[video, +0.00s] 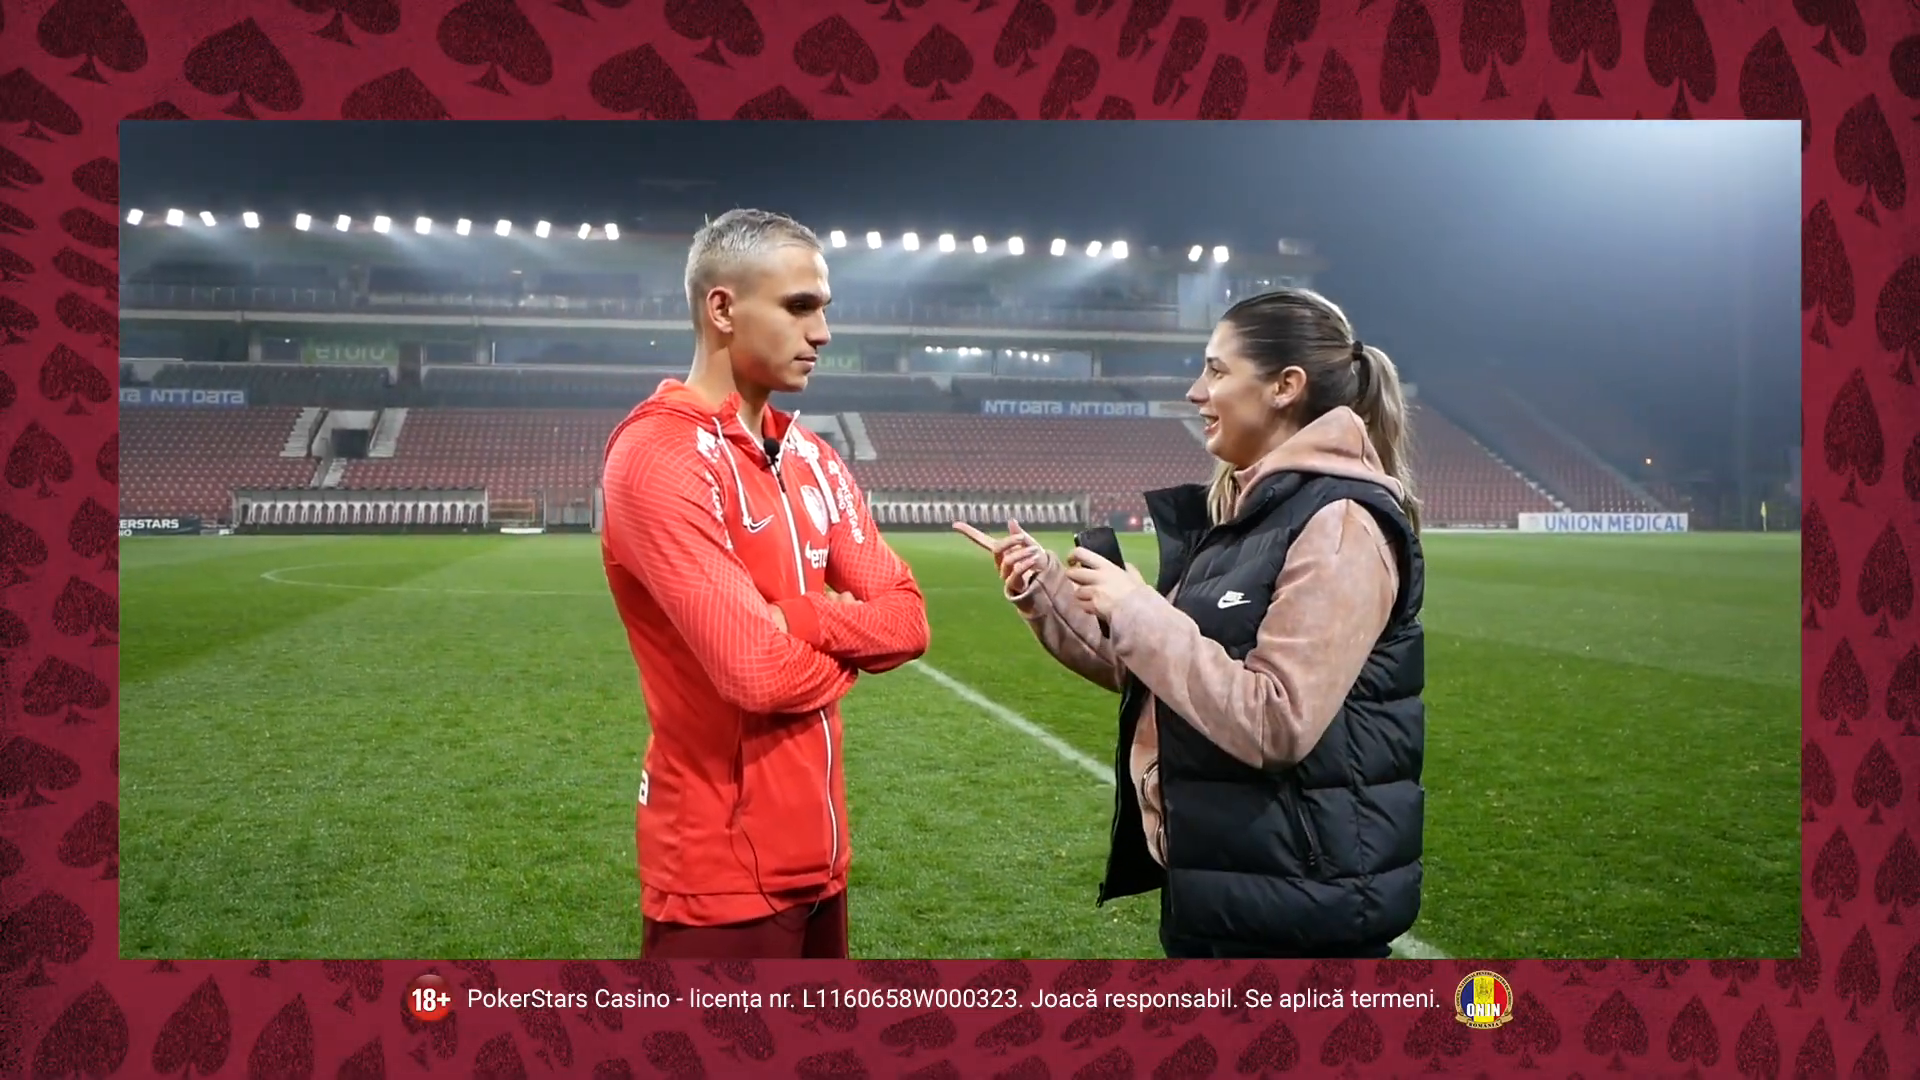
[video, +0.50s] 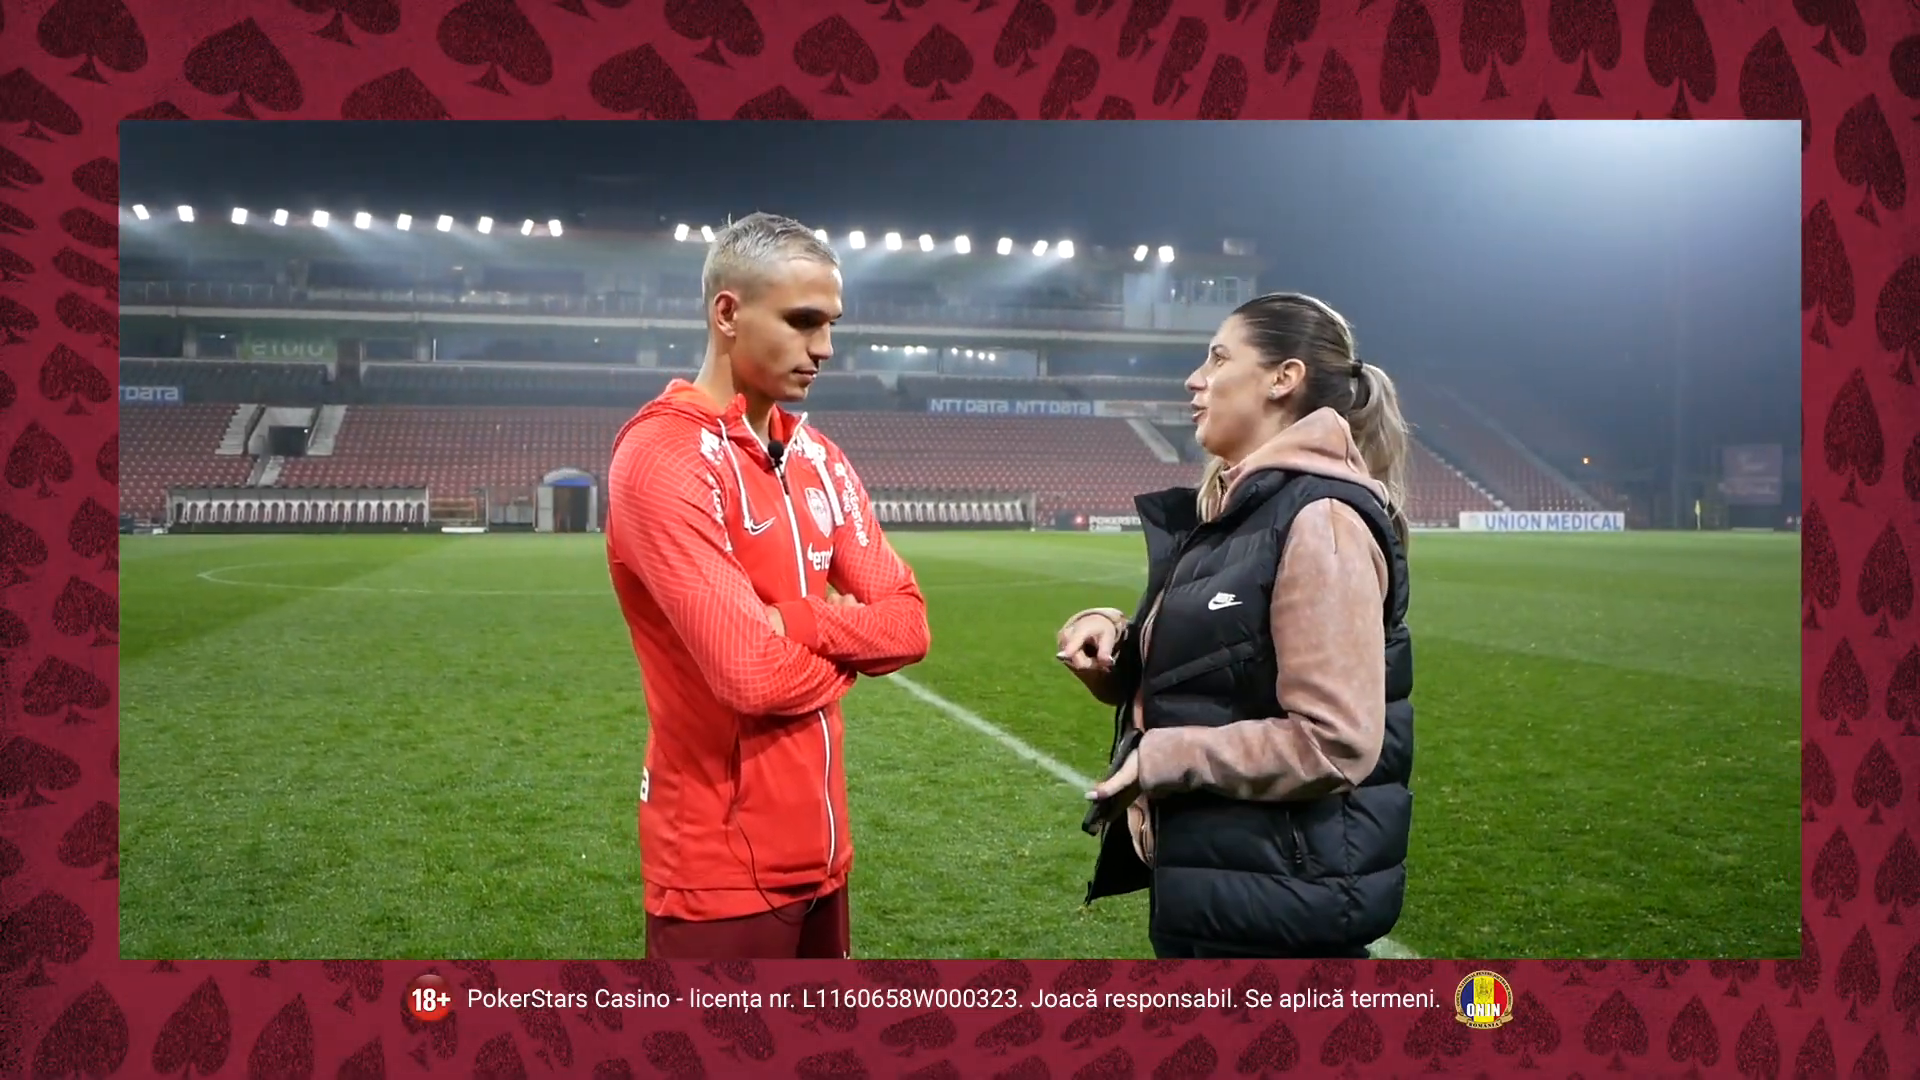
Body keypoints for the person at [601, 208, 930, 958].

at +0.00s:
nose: (822, 333)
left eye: (823, 309)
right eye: (799, 307)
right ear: (721, 309)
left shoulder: (812, 455)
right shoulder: (655, 459)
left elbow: (908, 620)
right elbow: (758, 676)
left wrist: (790, 616)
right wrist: (852, 646)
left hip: (813, 847)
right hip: (719, 861)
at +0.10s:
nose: (823, 335)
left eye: (826, 312)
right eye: (800, 310)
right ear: (722, 309)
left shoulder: (813, 452)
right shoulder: (658, 458)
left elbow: (910, 619)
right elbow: (760, 675)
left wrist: (793, 615)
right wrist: (854, 643)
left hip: (815, 845)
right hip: (721, 859)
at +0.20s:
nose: (823, 340)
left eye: (827, 317)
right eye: (800, 314)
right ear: (723, 308)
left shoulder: (815, 453)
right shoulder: (659, 457)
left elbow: (910, 621)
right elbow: (759, 674)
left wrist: (790, 615)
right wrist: (856, 638)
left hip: (817, 842)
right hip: (722, 857)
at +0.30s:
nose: (825, 344)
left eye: (829, 320)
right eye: (803, 317)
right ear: (725, 311)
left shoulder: (817, 452)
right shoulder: (662, 457)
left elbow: (911, 621)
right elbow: (758, 676)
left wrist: (789, 617)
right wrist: (855, 644)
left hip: (819, 842)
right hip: (722, 857)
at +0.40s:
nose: (825, 347)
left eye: (830, 323)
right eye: (803, 319)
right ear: (728, 313)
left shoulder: (817, 454)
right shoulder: (662, 460)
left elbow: (911, 625)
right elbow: (757, 678)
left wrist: (788, 619)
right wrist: (854, 646)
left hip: (818, 846)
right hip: (722, 859)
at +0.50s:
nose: (824, 349)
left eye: (830, 325)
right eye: (802, 322)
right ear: (727, 313)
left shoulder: (818, 456)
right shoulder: (660, 461)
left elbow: (908, 626)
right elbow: (751, 678)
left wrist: (781, 618)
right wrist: (853, 647)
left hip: (817, 847)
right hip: (720, 860)